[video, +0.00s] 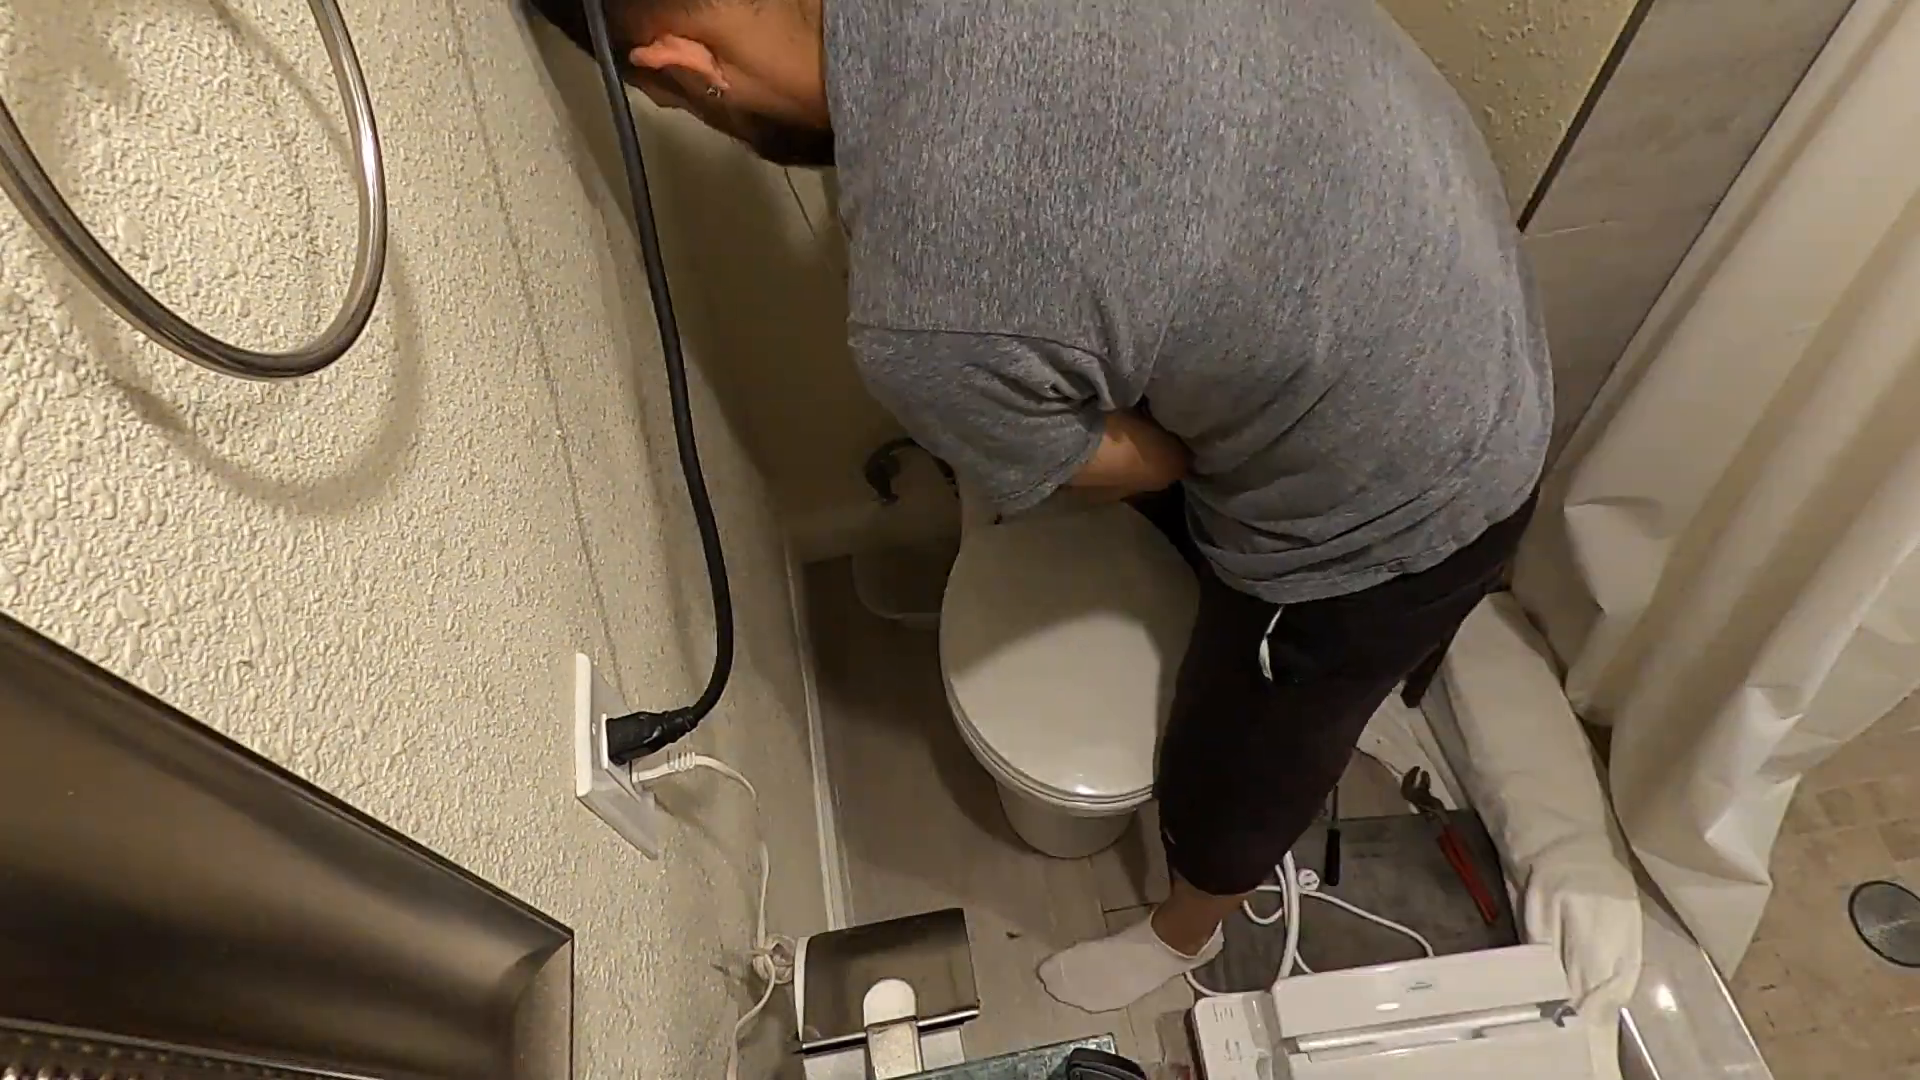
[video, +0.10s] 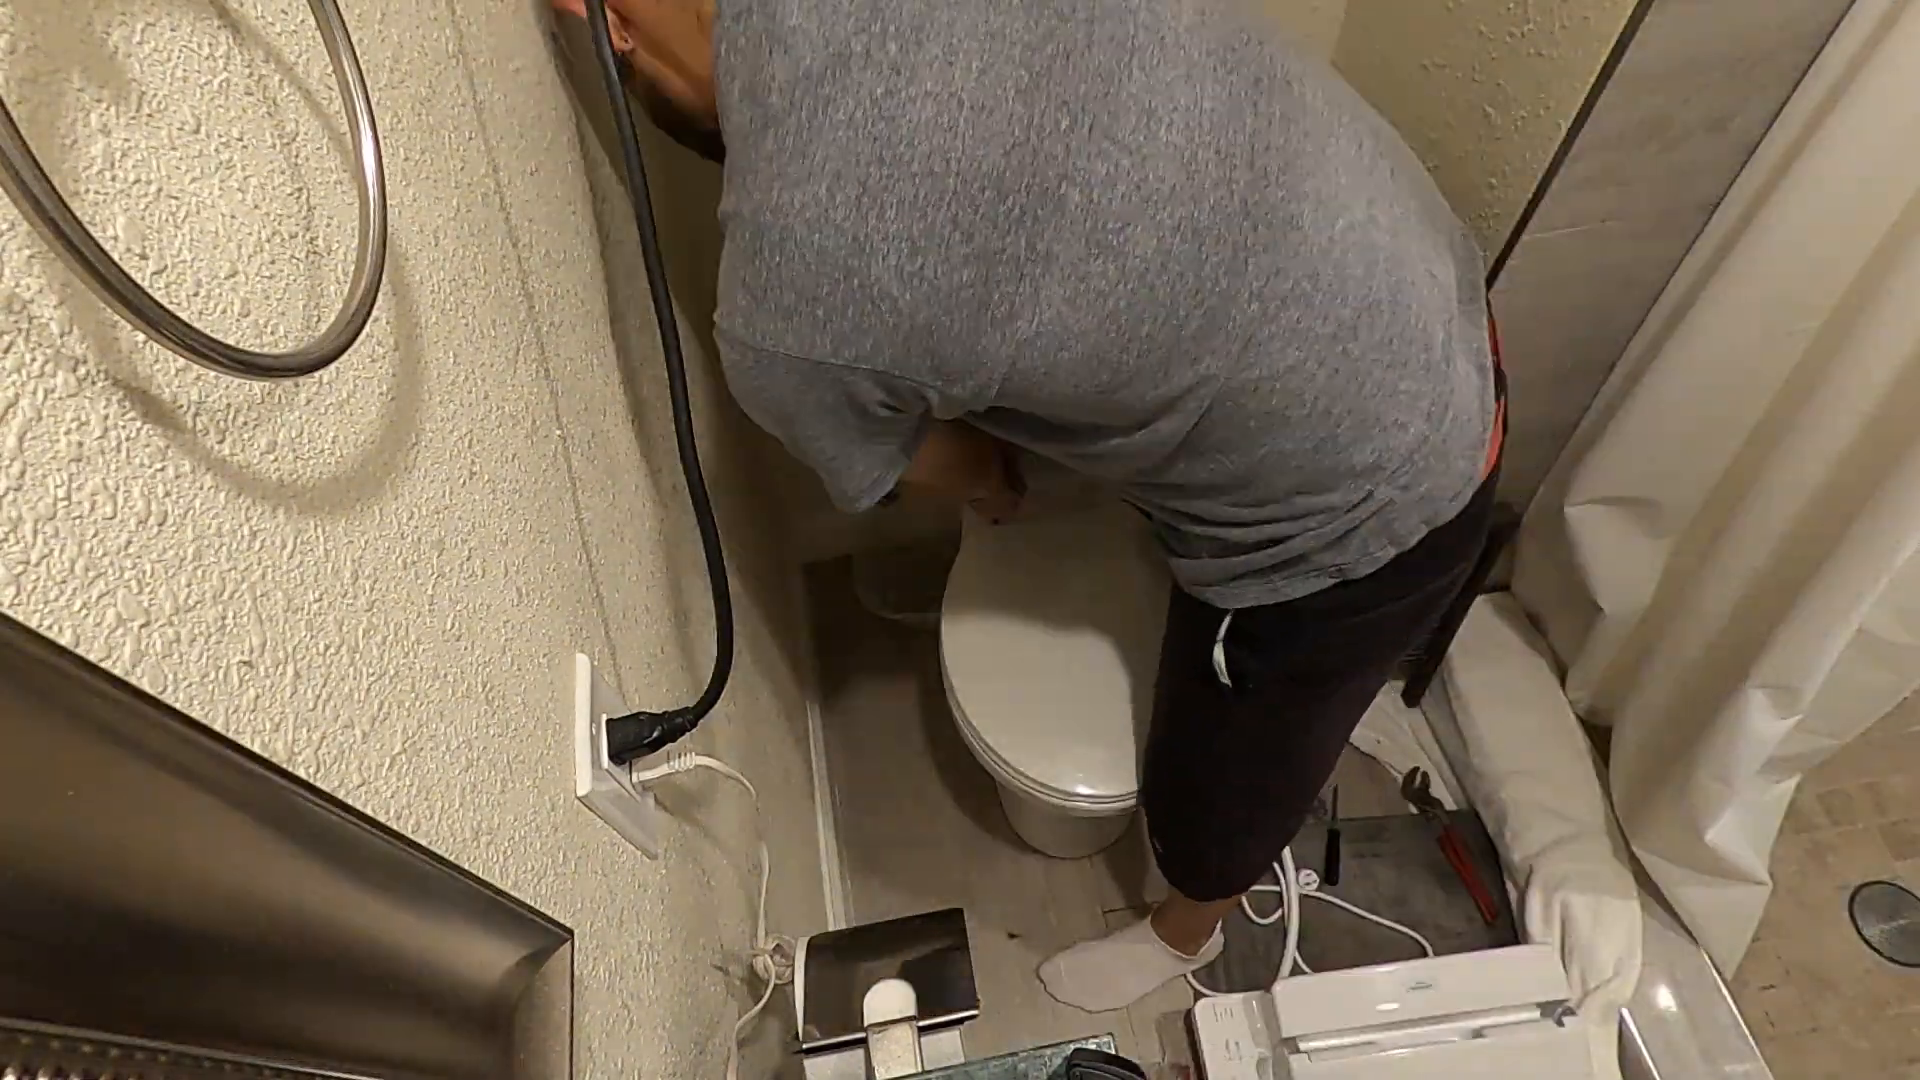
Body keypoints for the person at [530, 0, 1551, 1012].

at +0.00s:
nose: (701, 121)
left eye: (663, 95)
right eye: (670, 101)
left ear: (689, 60)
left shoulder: (928, 317)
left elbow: (1149, 462)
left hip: (1394, 488)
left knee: (1236, 768)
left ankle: (1181, 941)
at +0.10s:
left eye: (585, 43)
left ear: (601, 21)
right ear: (615, 6)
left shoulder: (786, 313)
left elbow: (946, 467)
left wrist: (991, 485)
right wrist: (996, 449)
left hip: (1362, 495)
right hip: (1436, 270)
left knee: (1222, 769)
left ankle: (1179, 938)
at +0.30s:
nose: (687, 205)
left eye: (648, 172)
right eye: (657, 178)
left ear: (666, 143)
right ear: (752, 1)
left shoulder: (898, 382)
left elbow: (1001, 518)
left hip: (1413, 502)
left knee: (1236, 773)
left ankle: (1175, 941)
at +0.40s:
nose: (742, 408)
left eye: (716, 391)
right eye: (713, 394)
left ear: (753, 399)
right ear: (752, 119)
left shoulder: (1077, 491)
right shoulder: (888, 35)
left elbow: (1091, 591)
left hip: (1485, 405)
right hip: (1429, 128)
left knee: (1257, 750)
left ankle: (1197, 924)